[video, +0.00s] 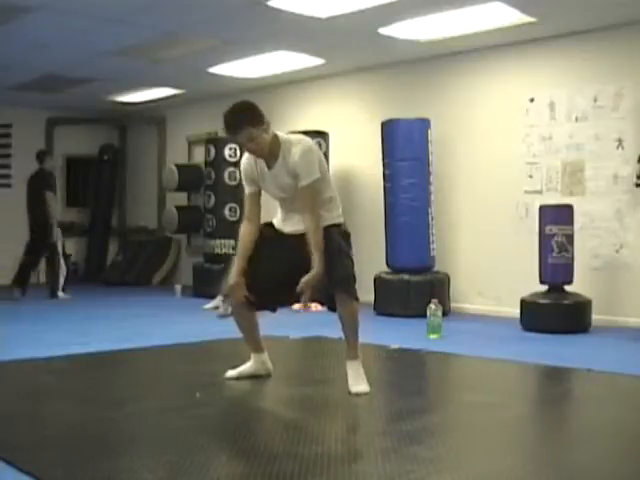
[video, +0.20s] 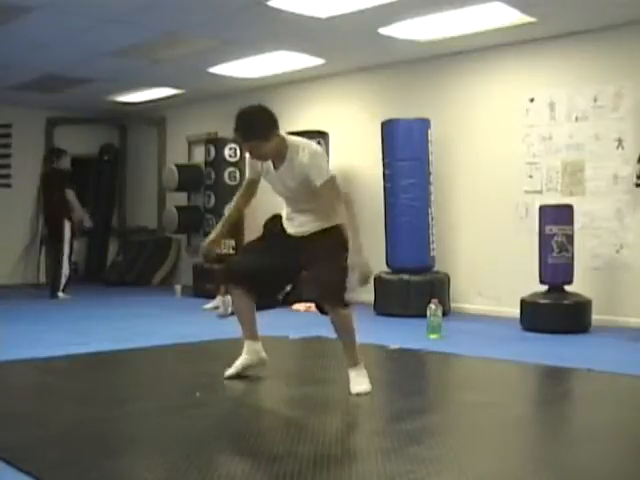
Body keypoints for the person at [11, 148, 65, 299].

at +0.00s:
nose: (53, 162)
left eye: (52, 159)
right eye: (51, 159)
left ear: (39, 160)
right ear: (46, 160)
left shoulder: (33, 177)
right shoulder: (48, 176)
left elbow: (33, 206)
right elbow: (50, 204)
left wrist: (35, 224)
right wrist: (54, 227)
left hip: (36, 224)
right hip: (47, 224)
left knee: (32, 255)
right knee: (55, 256)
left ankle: (18, 285)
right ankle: (56, 289)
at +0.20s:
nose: (69, 163)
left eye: (68, 160)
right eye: (66, 160)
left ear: (53, 161)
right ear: (58, 161)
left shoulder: (46, 176)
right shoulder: (63, 176)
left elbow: (43, 202)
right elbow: (71, 199)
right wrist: (83, 216)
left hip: (50, 217)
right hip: (62, 218)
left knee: (52, 251)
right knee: (64, 253)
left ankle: (53, 285)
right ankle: (58, 289)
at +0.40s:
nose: (84, 167)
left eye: (84, 164)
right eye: (82, 164)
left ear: (69, 166)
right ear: (76, 165)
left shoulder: (63, 182)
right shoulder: (79, 181)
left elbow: (62, 204)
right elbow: (84, 201)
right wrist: (98, 215)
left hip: (65, 219)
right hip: (76, 220)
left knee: (66, 253)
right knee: (73, 254)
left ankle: (58, 287)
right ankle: (60, 289)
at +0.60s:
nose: (98, 168)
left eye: (97, 165)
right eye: (96, 165)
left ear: (83, 166)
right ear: (90, 166)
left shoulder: (77, 180)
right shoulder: (89, 180)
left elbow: (74, 204)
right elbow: (92, 203)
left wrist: (79, 217)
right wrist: (101, 219)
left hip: (80, 219)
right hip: (90, 220)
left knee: (88, 255)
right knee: (97, 255)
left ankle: (91, 286)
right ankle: (76, 284)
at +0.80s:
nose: (112, 167)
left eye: (113, 163)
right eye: (111, 163)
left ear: (100, 160)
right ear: (106, 161)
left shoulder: (93, 175)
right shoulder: (101, 178)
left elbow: (98, 200)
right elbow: (102, 199)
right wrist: (114, 215)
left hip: (92, 217)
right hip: (102, 218)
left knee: (94, 252)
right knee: (113, 251)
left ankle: (92, 285)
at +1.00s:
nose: (122, 164)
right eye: (121, 161)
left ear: (101, 158)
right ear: (115, 160)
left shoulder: (95, 174)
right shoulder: (113, 177)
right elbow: (115, 204)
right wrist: (126, 218)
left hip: (97, 218)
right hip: (113, 219)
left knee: (96, 252)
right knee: (127, 255)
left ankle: (92, 286)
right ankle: (137, 287)